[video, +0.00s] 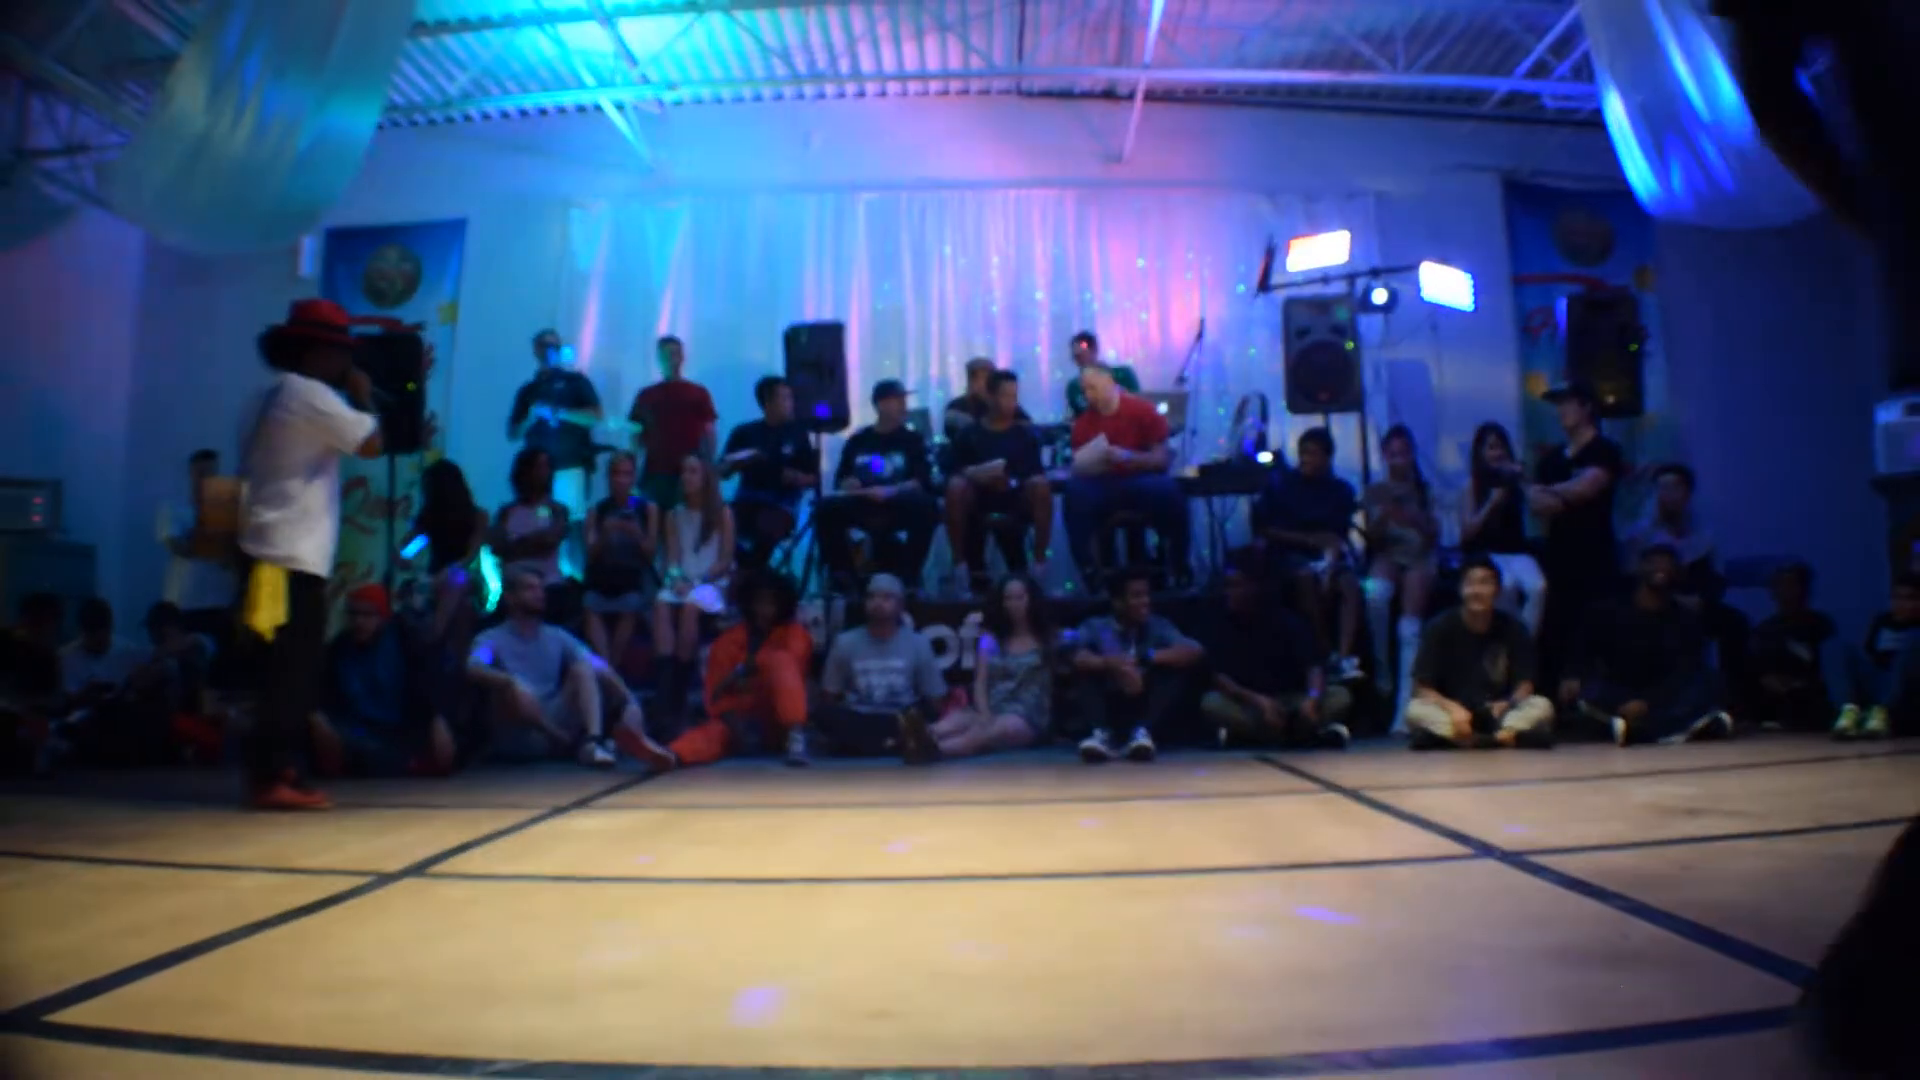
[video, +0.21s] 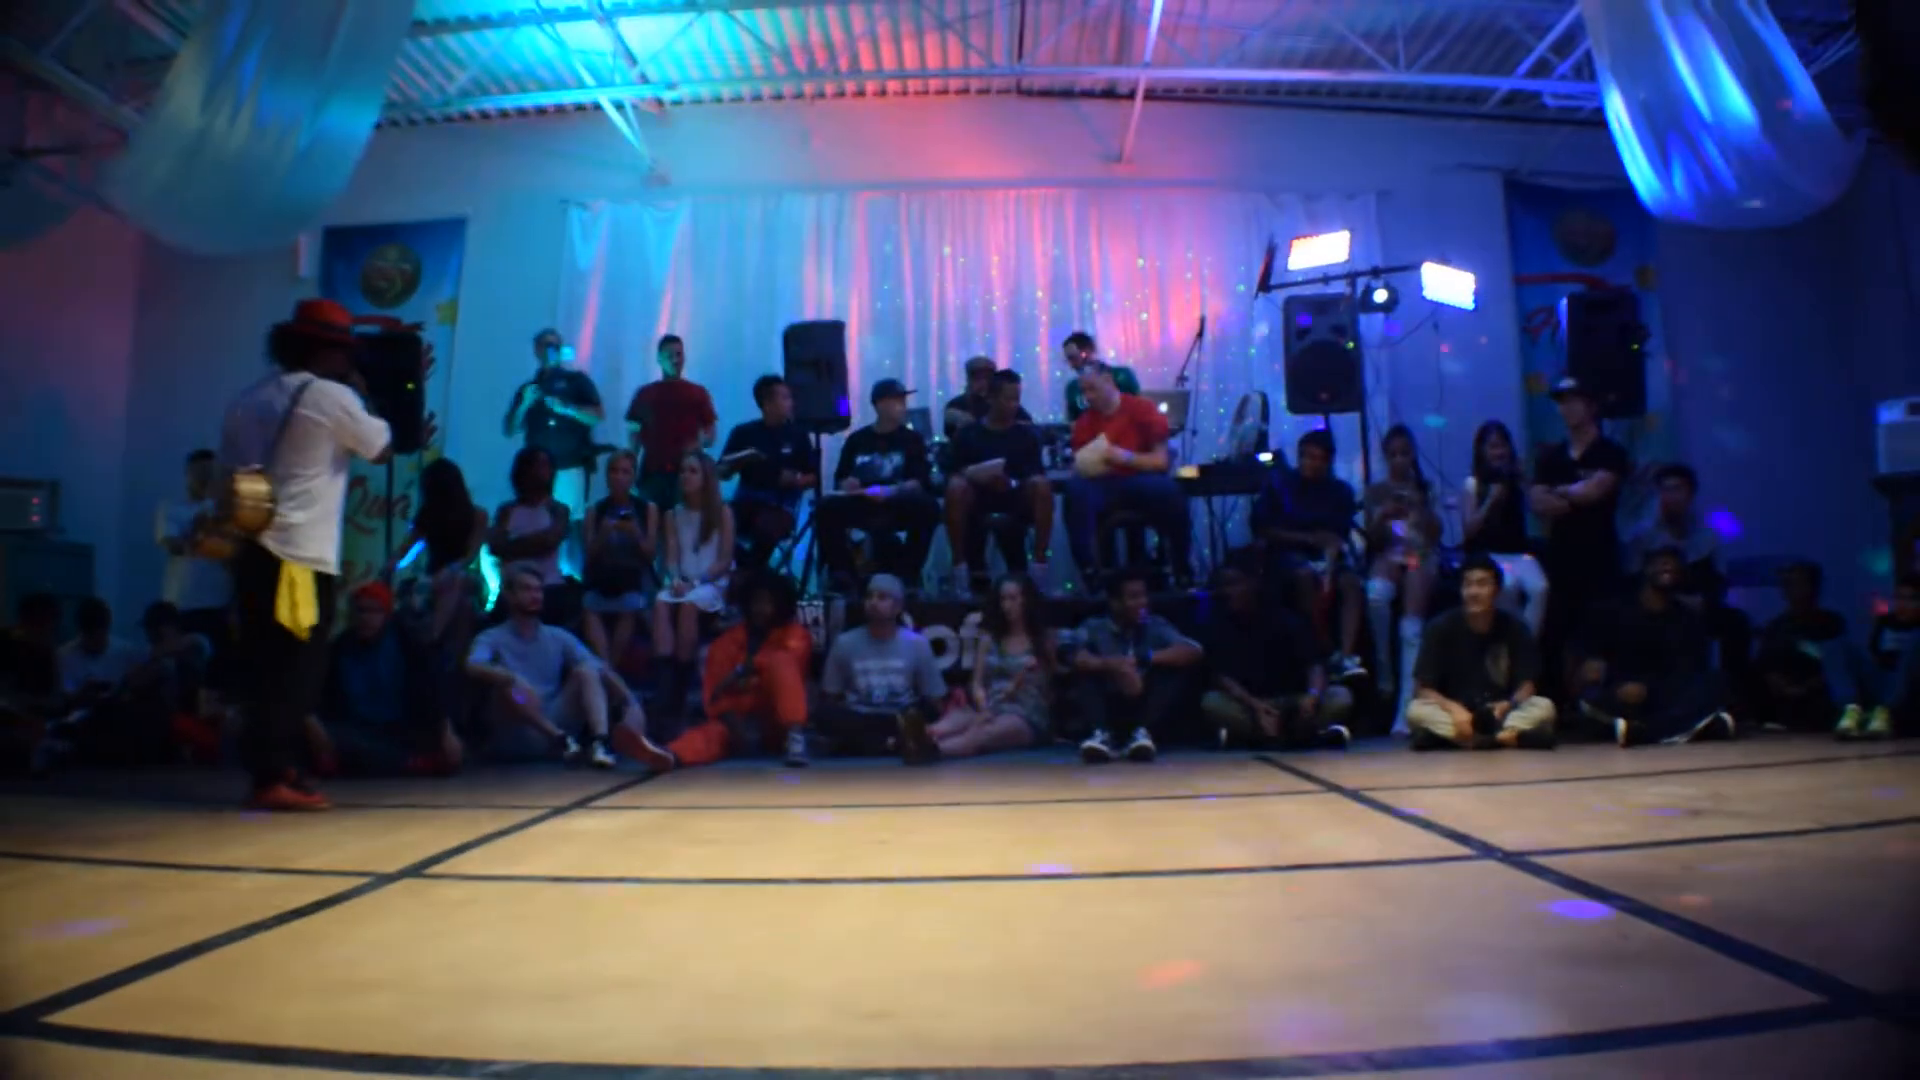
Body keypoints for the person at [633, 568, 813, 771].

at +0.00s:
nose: (764, 611)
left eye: (770, 604)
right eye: (758, 603)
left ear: (782, 607)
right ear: (747, 606)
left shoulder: (794, 636)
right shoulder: (727, 643)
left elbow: (788, 666)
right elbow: (714, 704)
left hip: (775, 718)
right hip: (739, 720)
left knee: (780, 660)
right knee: (714, 734)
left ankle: (795, 738)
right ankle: (673, 756)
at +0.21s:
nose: (761, 610)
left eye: (768, 603)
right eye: (756, 603)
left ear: (782, 607)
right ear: (746, 606)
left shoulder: (794, 635)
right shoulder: (725, 645)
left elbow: (783, 663)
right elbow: (713, 705)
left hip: (776, 719)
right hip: (738, 720)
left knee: (780, 661)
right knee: (712, 734)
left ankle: (795, 737)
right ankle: (671, 755)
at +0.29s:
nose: (759, 609)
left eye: (767, 603)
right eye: (754, 602)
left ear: (781, 607)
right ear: (746, 605)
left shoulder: (793, 635)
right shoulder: (725, 644)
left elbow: (784, 665)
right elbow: (713, 704)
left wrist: (752, 668)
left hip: (776, 719)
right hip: (739, 720)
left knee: (778, 660)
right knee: (712, 733)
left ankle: (794, 737)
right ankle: (670, 755)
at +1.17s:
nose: (768, 609)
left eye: (775, 603)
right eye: (762, 602)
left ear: (784, 607)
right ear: (749, 605)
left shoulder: (793, 634)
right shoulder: (725, 644)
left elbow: (787, 666)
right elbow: (713, 704)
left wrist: (754, 666)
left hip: (774, 717)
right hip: (736, 720)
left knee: (781, 662)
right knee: (709, 735)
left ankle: (794, 738)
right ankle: (669, 755)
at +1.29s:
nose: (769, 609)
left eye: (776, 603)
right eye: (763, 602)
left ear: (785, 607)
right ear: (749, 605)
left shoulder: (793, 633)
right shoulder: (724, 645)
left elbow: (787, 663)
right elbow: (713, 705)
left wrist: (754, 665)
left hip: (775, 719)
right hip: (736, 722)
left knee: (779, 661)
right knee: (711, 734)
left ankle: (795, 737)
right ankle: (670, 756)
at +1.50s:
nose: (768, 609)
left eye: (775, 603)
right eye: (762, 602)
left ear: (784, 607)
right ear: (749, 604)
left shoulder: (793, 634)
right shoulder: (724, 645)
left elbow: (790, 662)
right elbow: (713, 703)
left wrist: (756, 665)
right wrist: (735, 676)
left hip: (775, 718)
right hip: (737, 721)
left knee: (779, 661)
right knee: (709, 734)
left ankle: (795, 737)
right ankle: (670, 756)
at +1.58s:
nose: (768, 609)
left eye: (775, 603)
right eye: (762, 602)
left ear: (784, 607)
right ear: (749, 604)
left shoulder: (793, 634)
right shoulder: (724, 645)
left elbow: (790, 666)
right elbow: (714, 703)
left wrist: (756, 665)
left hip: (775, 718)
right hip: (738, 721)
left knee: (779, 661)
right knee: (711, 733)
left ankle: (794, 738)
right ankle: (671, 756)